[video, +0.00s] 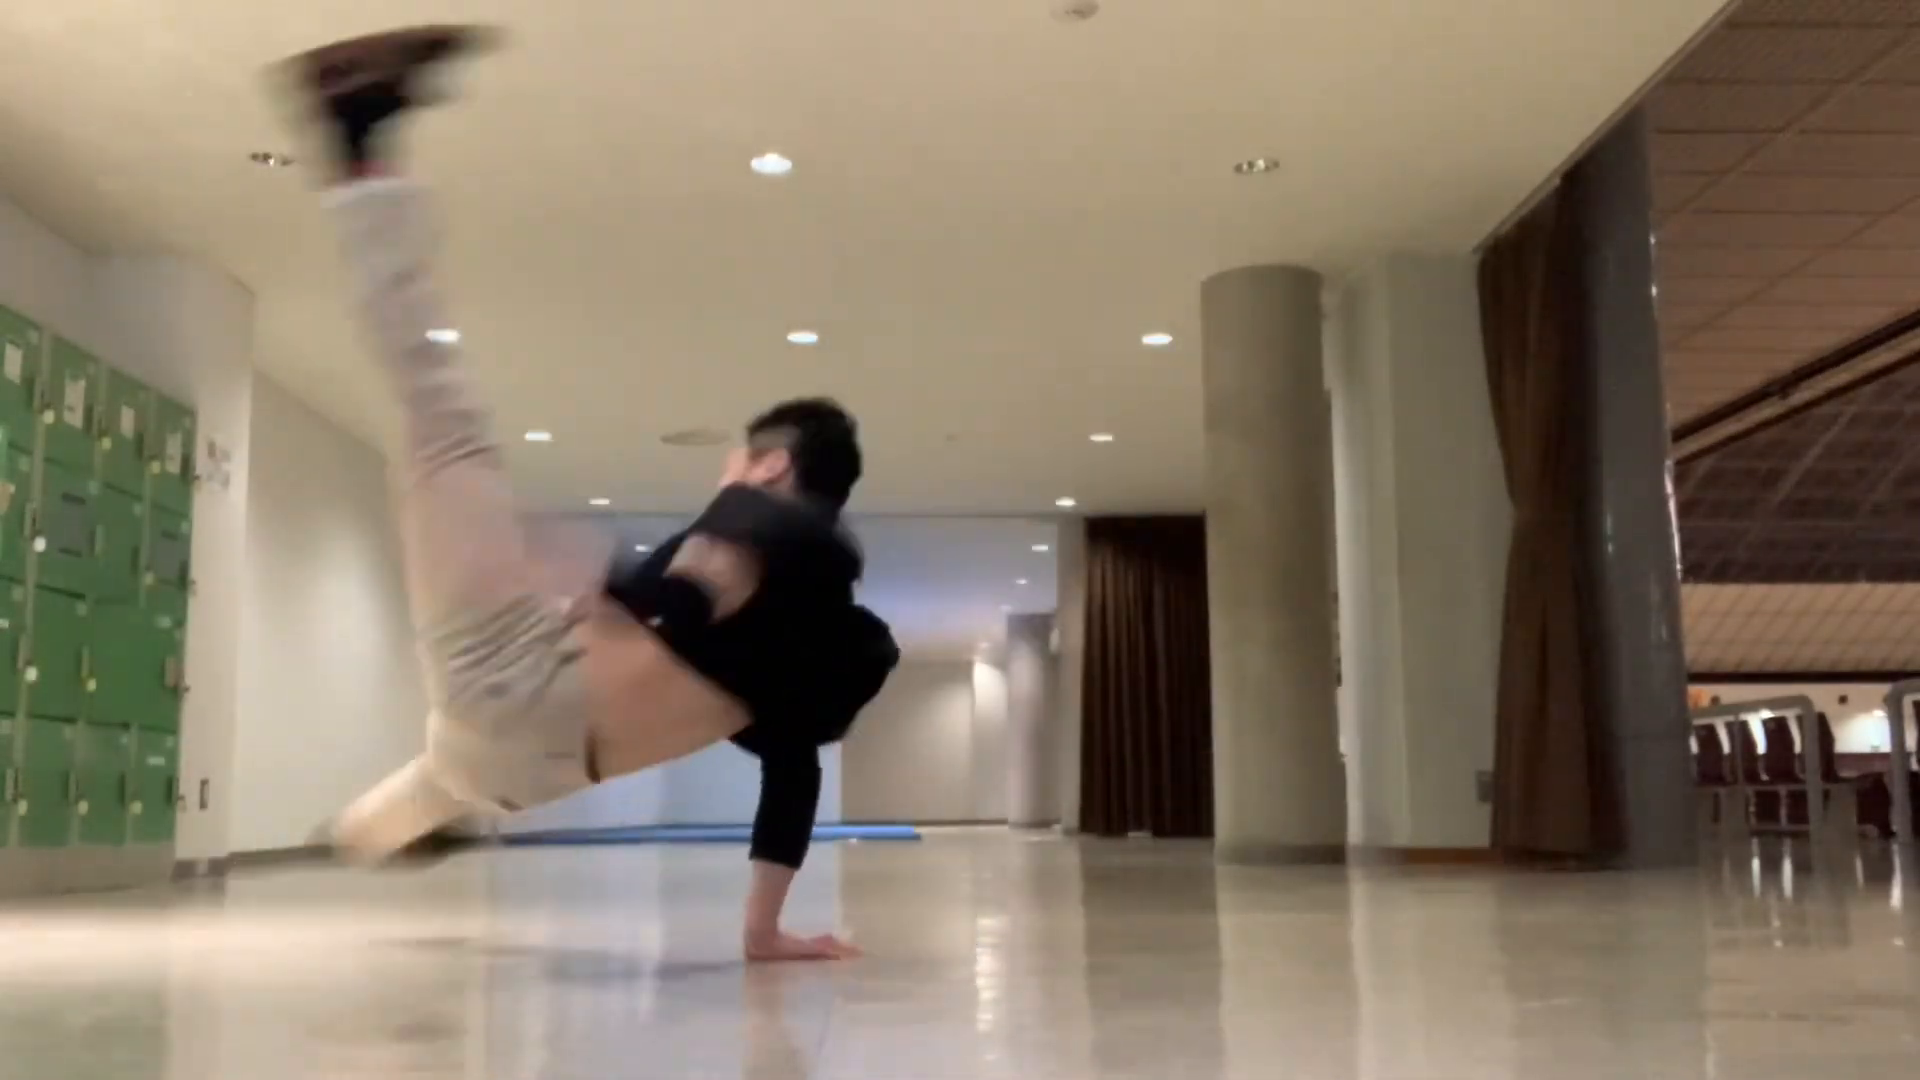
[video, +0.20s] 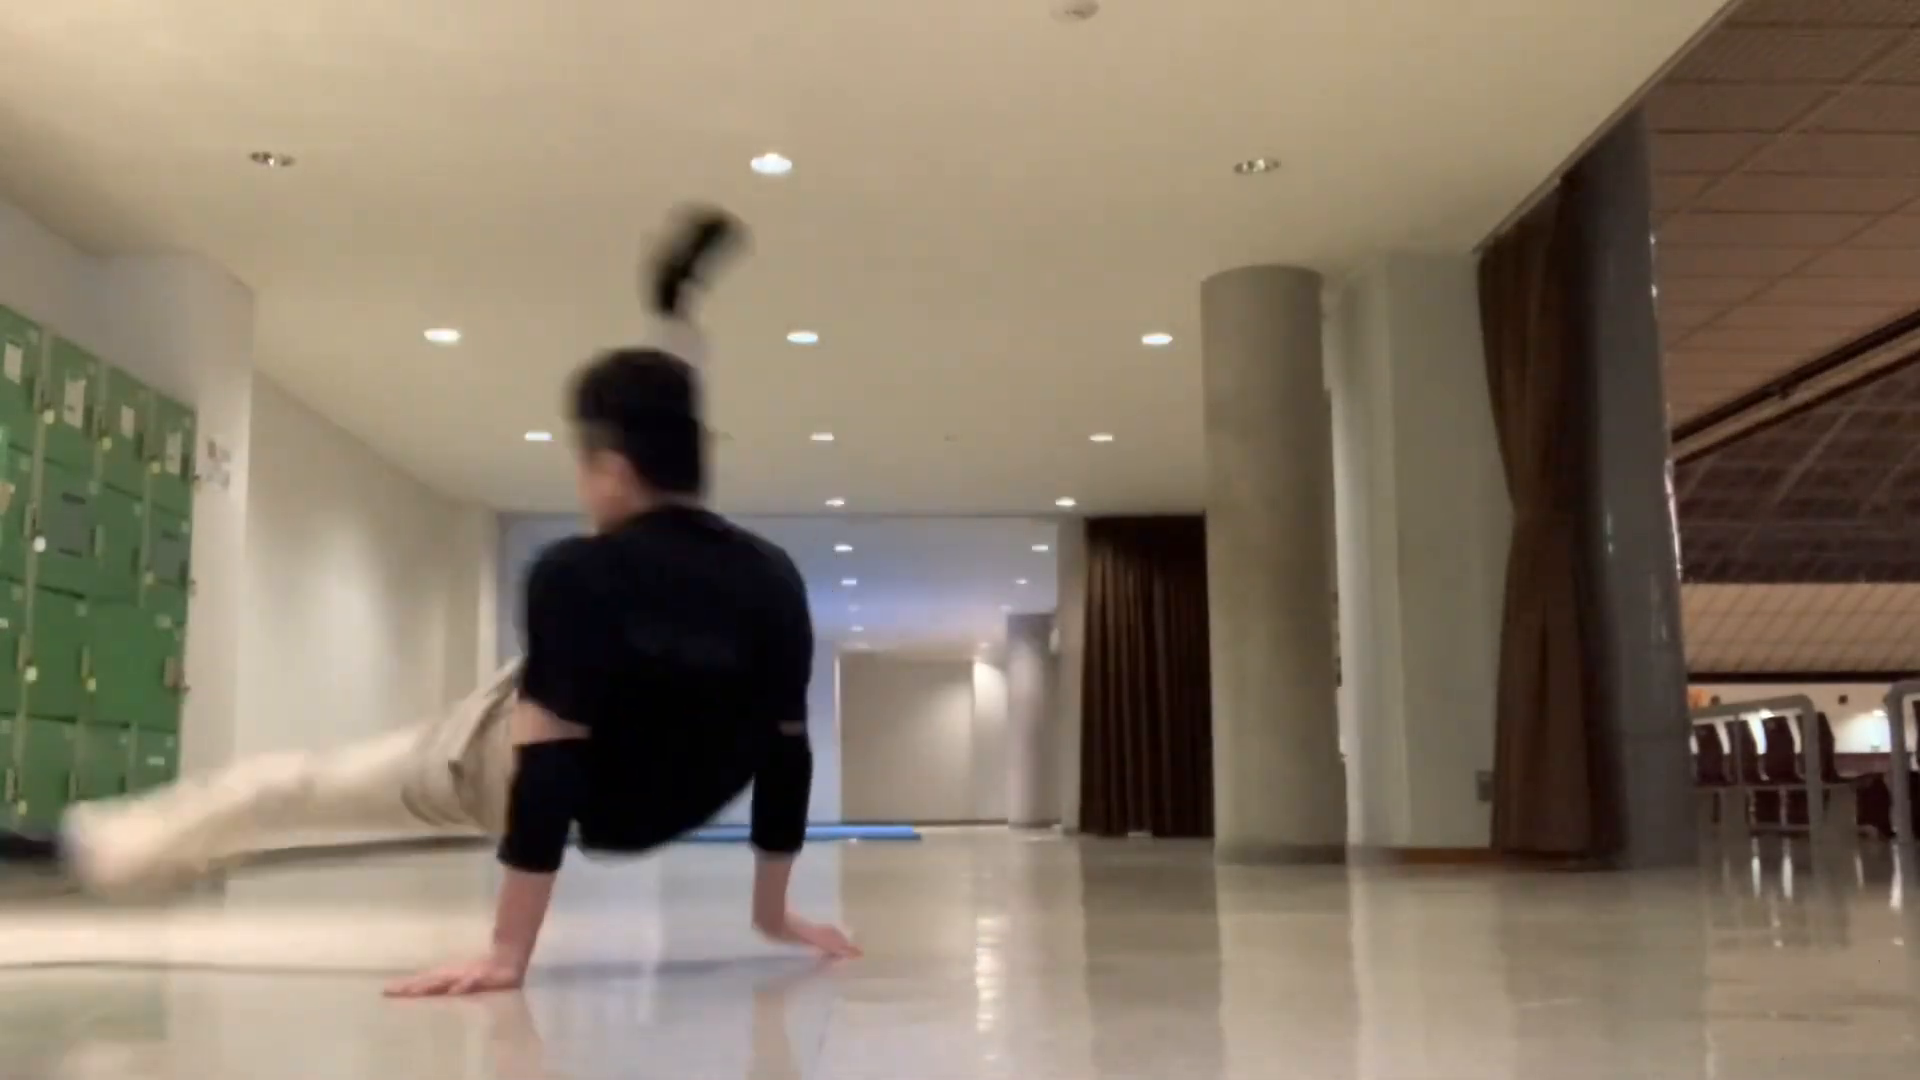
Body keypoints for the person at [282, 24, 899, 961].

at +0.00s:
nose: (726, 479)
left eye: (736, 463)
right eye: (730, 464)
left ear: (777, 466)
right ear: (835, 487)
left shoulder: (764, 512)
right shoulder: (828, 653)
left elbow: (697, 584)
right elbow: (791, 794)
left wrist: (609, 593)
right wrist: (762, 936)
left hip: (515, 673)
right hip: (527, 780)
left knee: (434, 404)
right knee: (370, 829)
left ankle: (359, 133)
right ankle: (394, 837)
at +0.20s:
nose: (581, 479)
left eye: (584, 456)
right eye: (586, 455)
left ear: (615, 464)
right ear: (696, 457)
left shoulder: (584, 574)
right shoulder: (771, 579)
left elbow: (547, 772)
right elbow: (789, 753)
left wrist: (507, 955)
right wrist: (774, 910)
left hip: (525, 758)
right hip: (636, 808)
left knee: (295, 787)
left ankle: (103, 847)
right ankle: (680, 329)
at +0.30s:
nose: (418, 479)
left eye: (414, 459)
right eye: (411, 460)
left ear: (439, 458)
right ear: (510, 418)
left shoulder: (455, 574)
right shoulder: (654, 483)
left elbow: (498, 761)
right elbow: (774, 633)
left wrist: (504, 953)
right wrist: (817, 699)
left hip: (573, 812)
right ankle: (533, 328)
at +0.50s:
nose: (286, 727)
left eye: (262, 716)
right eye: (264, 723)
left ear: (250, 676)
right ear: (263, 621)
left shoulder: (328, 649)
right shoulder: (368, 567)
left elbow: (503, 762)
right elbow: (515, 644)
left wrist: (506, 955)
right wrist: (443, 752)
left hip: (672, 602)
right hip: (688, 508)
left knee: (804, 879)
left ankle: (1055, 812)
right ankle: (818, 625)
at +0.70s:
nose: (298, 840)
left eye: (277, 816)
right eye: (277, 850)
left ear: (294, 760)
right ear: (291, 839)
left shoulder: (378, 693)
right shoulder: (443, 832)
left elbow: (488, 762)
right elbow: (559, 933)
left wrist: (502, 944)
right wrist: (447, 954)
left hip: (643, 612)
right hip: (705, 706)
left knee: (506, 471)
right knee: (924, 792)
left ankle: (372, 239)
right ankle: (1190, 866)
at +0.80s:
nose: (336, 801)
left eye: (325, 778)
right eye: (318, 818)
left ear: (346, 738)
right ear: (332, 837)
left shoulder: (422, 701)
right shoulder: (448, 874)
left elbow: (468, 753)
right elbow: (571, 942)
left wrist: (474, 918)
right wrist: (462, 947)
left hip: (639, 673)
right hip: (669, 788)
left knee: (543, 491)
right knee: (740, 831)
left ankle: (466, 259)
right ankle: (974, 885)